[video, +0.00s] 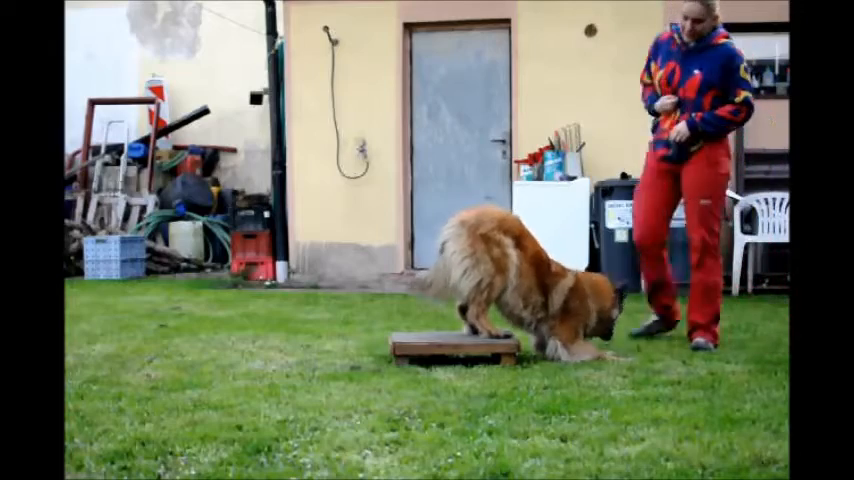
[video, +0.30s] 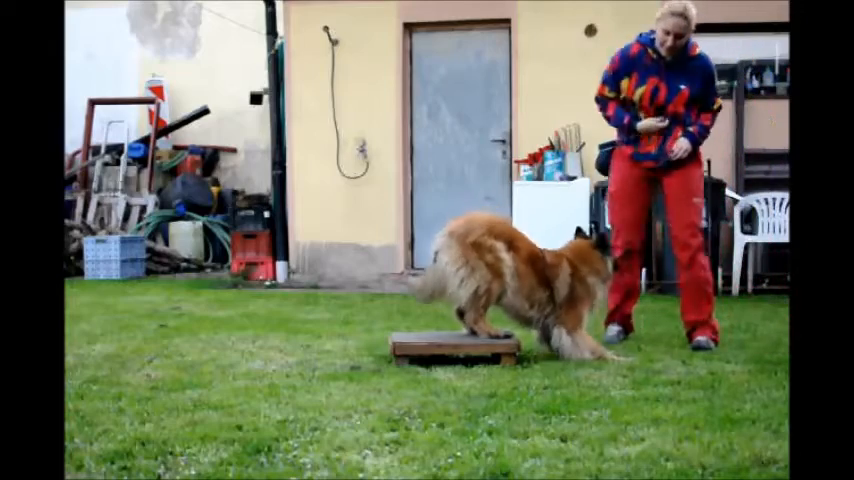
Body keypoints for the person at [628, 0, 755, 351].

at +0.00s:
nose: (688, 26)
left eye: (697, 20)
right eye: (685, 18)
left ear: (715, 17)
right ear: (679, 13)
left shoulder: (726, 53)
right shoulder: (663, 42)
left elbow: (742, 107)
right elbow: (647, 83)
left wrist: (695, 124)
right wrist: (655, 103)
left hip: (705, 154)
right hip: (661, 152)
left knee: (703, 241)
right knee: (645, 236)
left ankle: (703, 331)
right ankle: (665, 315)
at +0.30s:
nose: (670, 41)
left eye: (679, 36)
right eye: (666, 32)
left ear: (690, 35)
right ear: (656, 24)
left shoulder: (700, 65)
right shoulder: (630, 56)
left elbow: (709, 110)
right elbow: (604, 98)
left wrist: (690, 138)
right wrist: (633, 123)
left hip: (680, 158)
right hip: (631, 157)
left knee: (689, 242)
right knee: (625, 243)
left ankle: (701, 329)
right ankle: (618, 321)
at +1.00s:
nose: (650, 135)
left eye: (658, 129)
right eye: (645, 126)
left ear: (673, 118)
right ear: (636, 115)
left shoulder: (689, 126)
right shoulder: (618, 128)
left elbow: (688, 153)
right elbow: (593, 181)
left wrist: (675, 174)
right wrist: (589, 240)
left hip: (669, 177)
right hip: (623, 177)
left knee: (682, 245)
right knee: (618, 246)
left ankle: (693, 330)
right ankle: (619, 328)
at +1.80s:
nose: (655, 32)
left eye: (662, 28)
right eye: (651, 24)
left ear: (670, 28)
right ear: (637, 17)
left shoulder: (677, 59)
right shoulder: (606, 51)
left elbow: (690, 103)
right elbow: (580, 89)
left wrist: (674, 125)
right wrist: (597, 116)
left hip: (665, 156)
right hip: (616, 156)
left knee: (682, 238)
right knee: (617, 242)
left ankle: (694, 323)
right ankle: (617, 325)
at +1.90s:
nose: (664, 32)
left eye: (671, 27)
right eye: (660, 23)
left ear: (678, 29)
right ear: (646, 16)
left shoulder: (684, 58)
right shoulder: (615, 50)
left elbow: (698, 104)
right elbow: (589, 90)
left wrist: (683, 125)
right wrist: (592, 122)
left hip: (672, 157)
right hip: (622, 156)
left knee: (682, 242)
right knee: (622, 242)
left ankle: (693, 324)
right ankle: (620, 326)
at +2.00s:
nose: (670, 33)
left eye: (677, 29)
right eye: (666, 24)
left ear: (684, 29)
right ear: (652, 16)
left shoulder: (689, 58)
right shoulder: (620, 50)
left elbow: (702, 103)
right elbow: (594, 92)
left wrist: (690, 126)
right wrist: (581, 131)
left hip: (676, 157)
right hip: (626, 156)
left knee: (684, 244)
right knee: (625, 242)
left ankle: (692, 325)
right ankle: (621, 325)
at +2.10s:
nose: (676, 34)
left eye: (683, 29)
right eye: (672, 25)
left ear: (689, 31)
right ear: (657, 16)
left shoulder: (693, 59)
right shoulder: (625, 51)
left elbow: (705, 105)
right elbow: (596, 94)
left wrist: (696, 127)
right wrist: (573, 134)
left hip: (679, 158)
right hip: (630, 157)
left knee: (685, 245)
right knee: (627, 243)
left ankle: (692, 325)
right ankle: (622, 321)